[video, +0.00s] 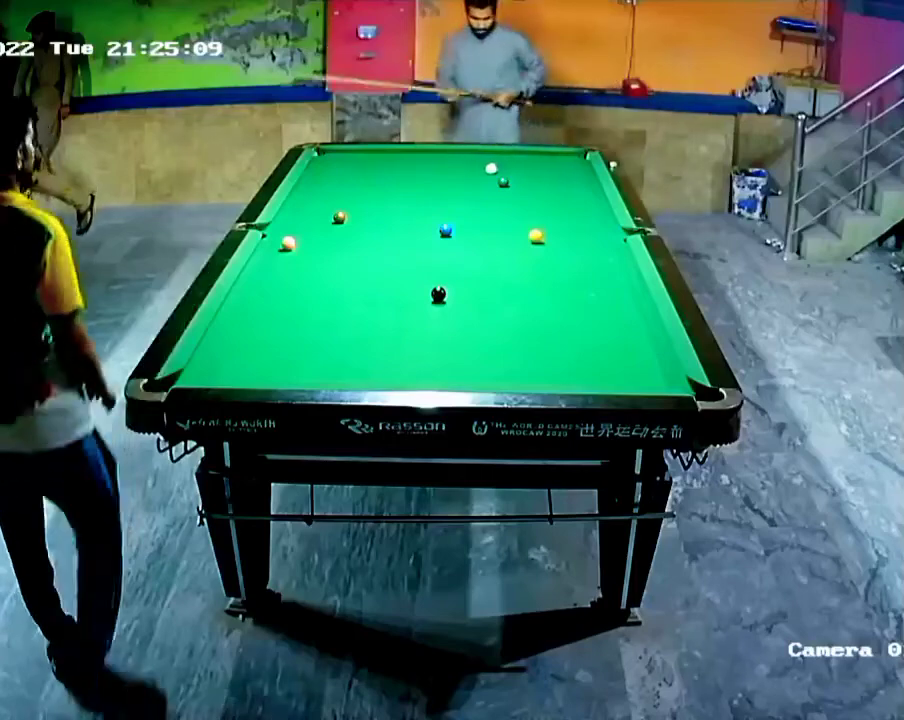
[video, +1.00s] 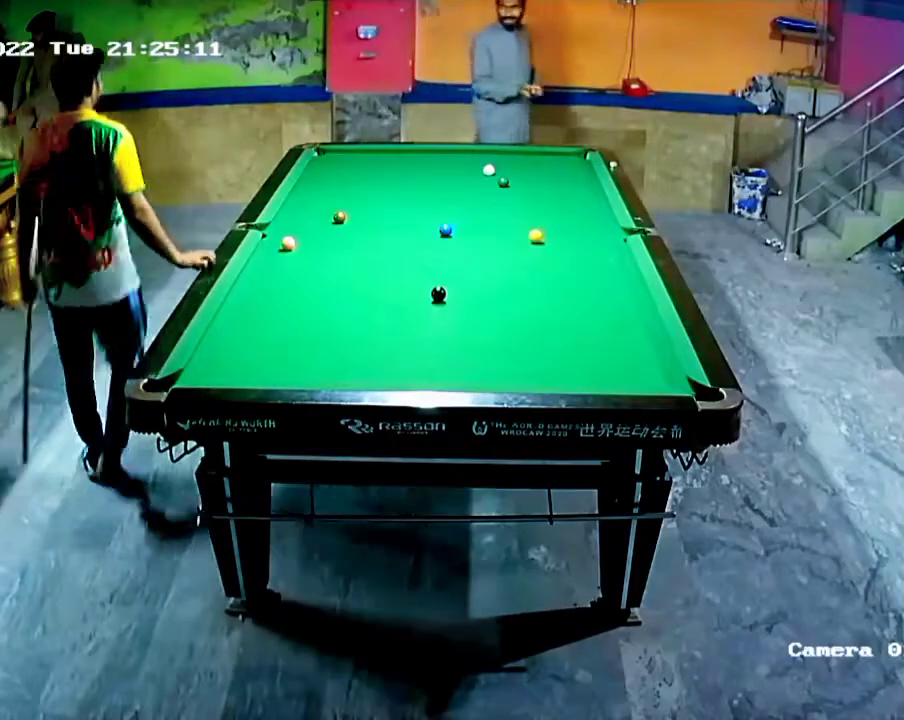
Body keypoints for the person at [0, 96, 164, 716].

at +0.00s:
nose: (33, 155)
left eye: (30, 144)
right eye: (29, 146)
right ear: (18, 153)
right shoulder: (38, 227)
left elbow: (65, 325)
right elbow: (68, 329)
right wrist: (102, 388)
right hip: (52, 424)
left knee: (26, 553)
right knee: (100, 543)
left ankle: (65, 650)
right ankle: (87, 667)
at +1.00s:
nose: (103, 87)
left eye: (99, 80)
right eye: (101, 81)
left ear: (58, 89)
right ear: (96, 86)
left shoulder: (35, 140)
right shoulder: (114, 137)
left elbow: (25, 213)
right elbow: (138, 210)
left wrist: (23, 272)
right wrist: (177, 255)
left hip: (59, 280)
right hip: (110, 279)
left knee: (75, 372)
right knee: (125, 367)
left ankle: (95, 450)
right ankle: (111, 463)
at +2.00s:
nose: (206, 46)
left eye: (206, 40)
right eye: (202, 40)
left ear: (173, 40)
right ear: (186, 42)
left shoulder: (142, 73)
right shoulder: (195, 79)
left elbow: (137, 128)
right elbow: (207, 134)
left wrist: (144, 166)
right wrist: (247, 171)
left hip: (159, 187)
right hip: (198, 185)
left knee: (160, 262)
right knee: (212, 246)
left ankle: (168, 329)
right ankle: (208, 315)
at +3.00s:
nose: (316, 22)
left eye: (318, 16)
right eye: (309, 17)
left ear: (321, 15)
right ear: (294, 19)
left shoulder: (309, 45)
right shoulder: (291, 49)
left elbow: (305, 91)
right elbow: (279, 97)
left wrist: (331, 102)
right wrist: (302, 130)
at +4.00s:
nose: (397, 60)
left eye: (401, 53)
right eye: (390, 53)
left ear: (406, 50)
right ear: (378, 48)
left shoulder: (416, 67)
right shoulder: (357, 65)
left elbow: (431, 100)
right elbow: (346, 91)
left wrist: (435, 131)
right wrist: (357, 121)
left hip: (406, 129)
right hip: (370, 129)